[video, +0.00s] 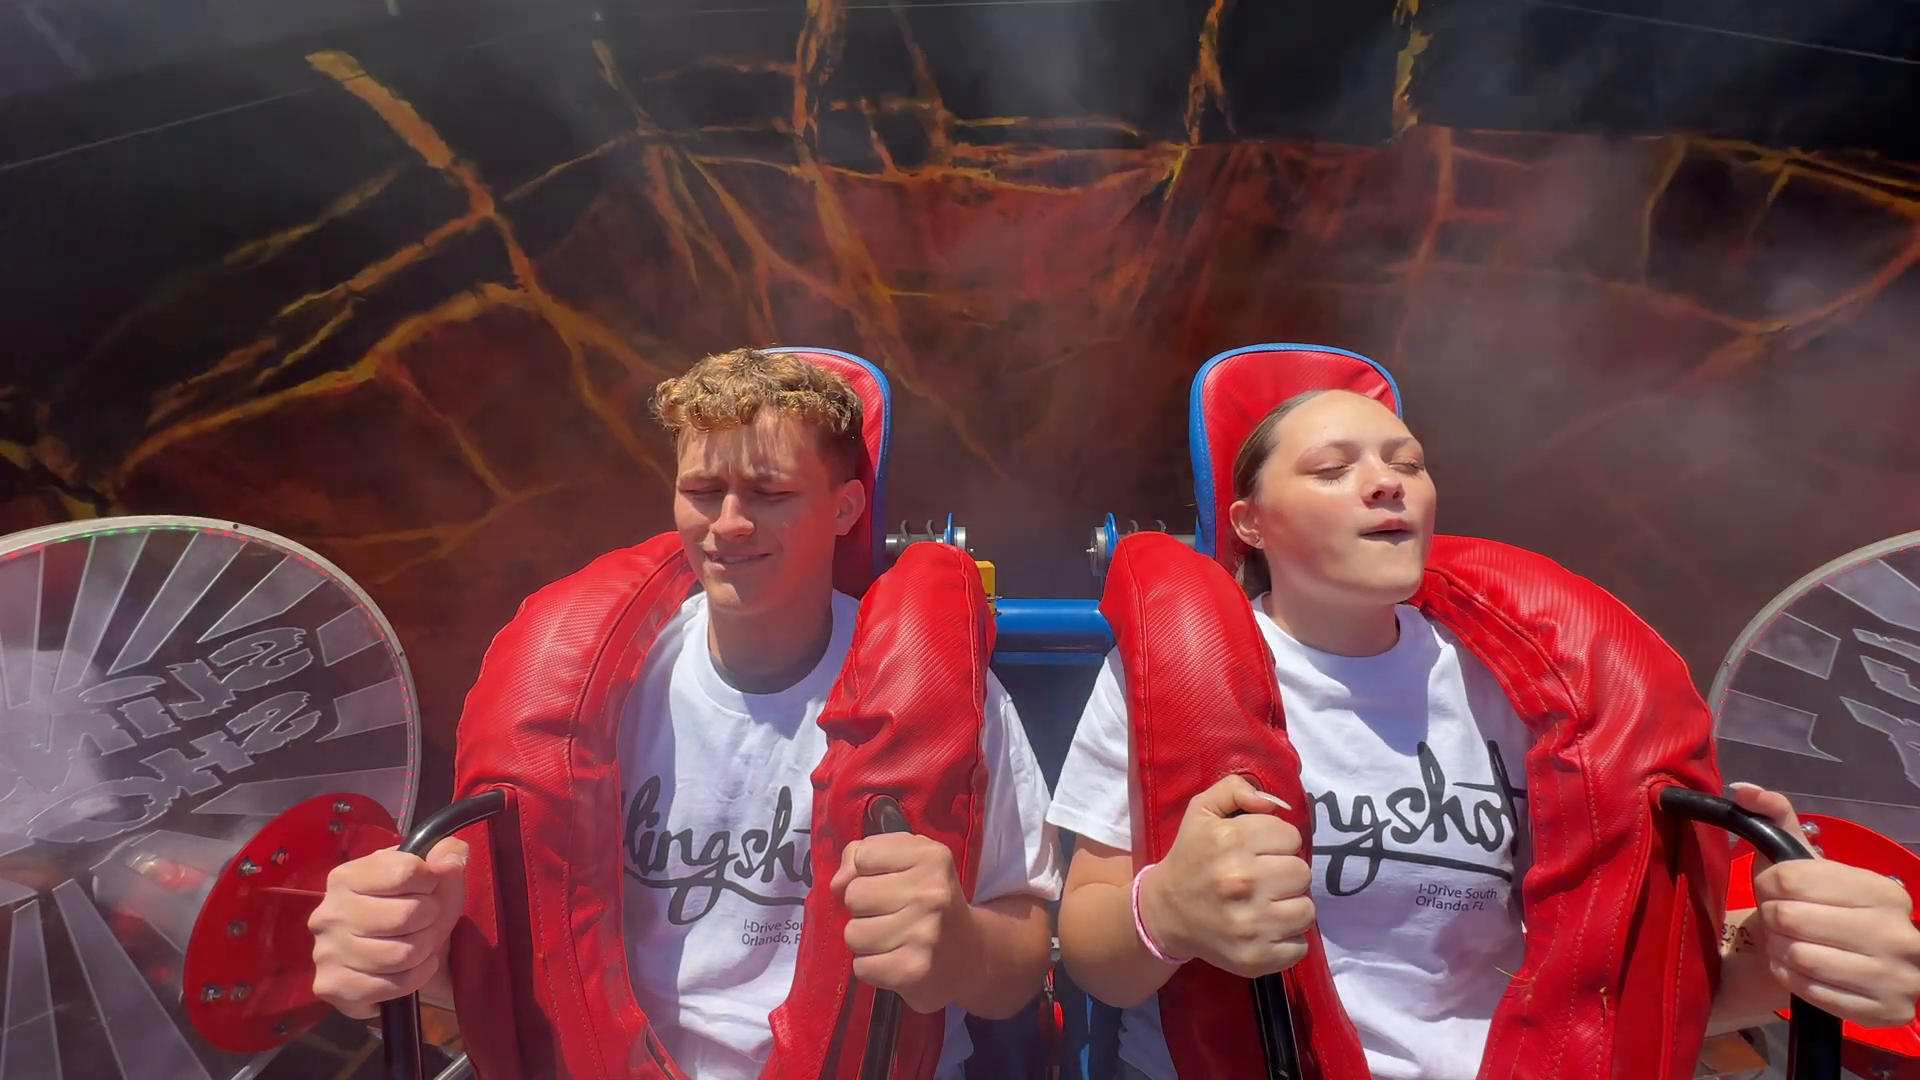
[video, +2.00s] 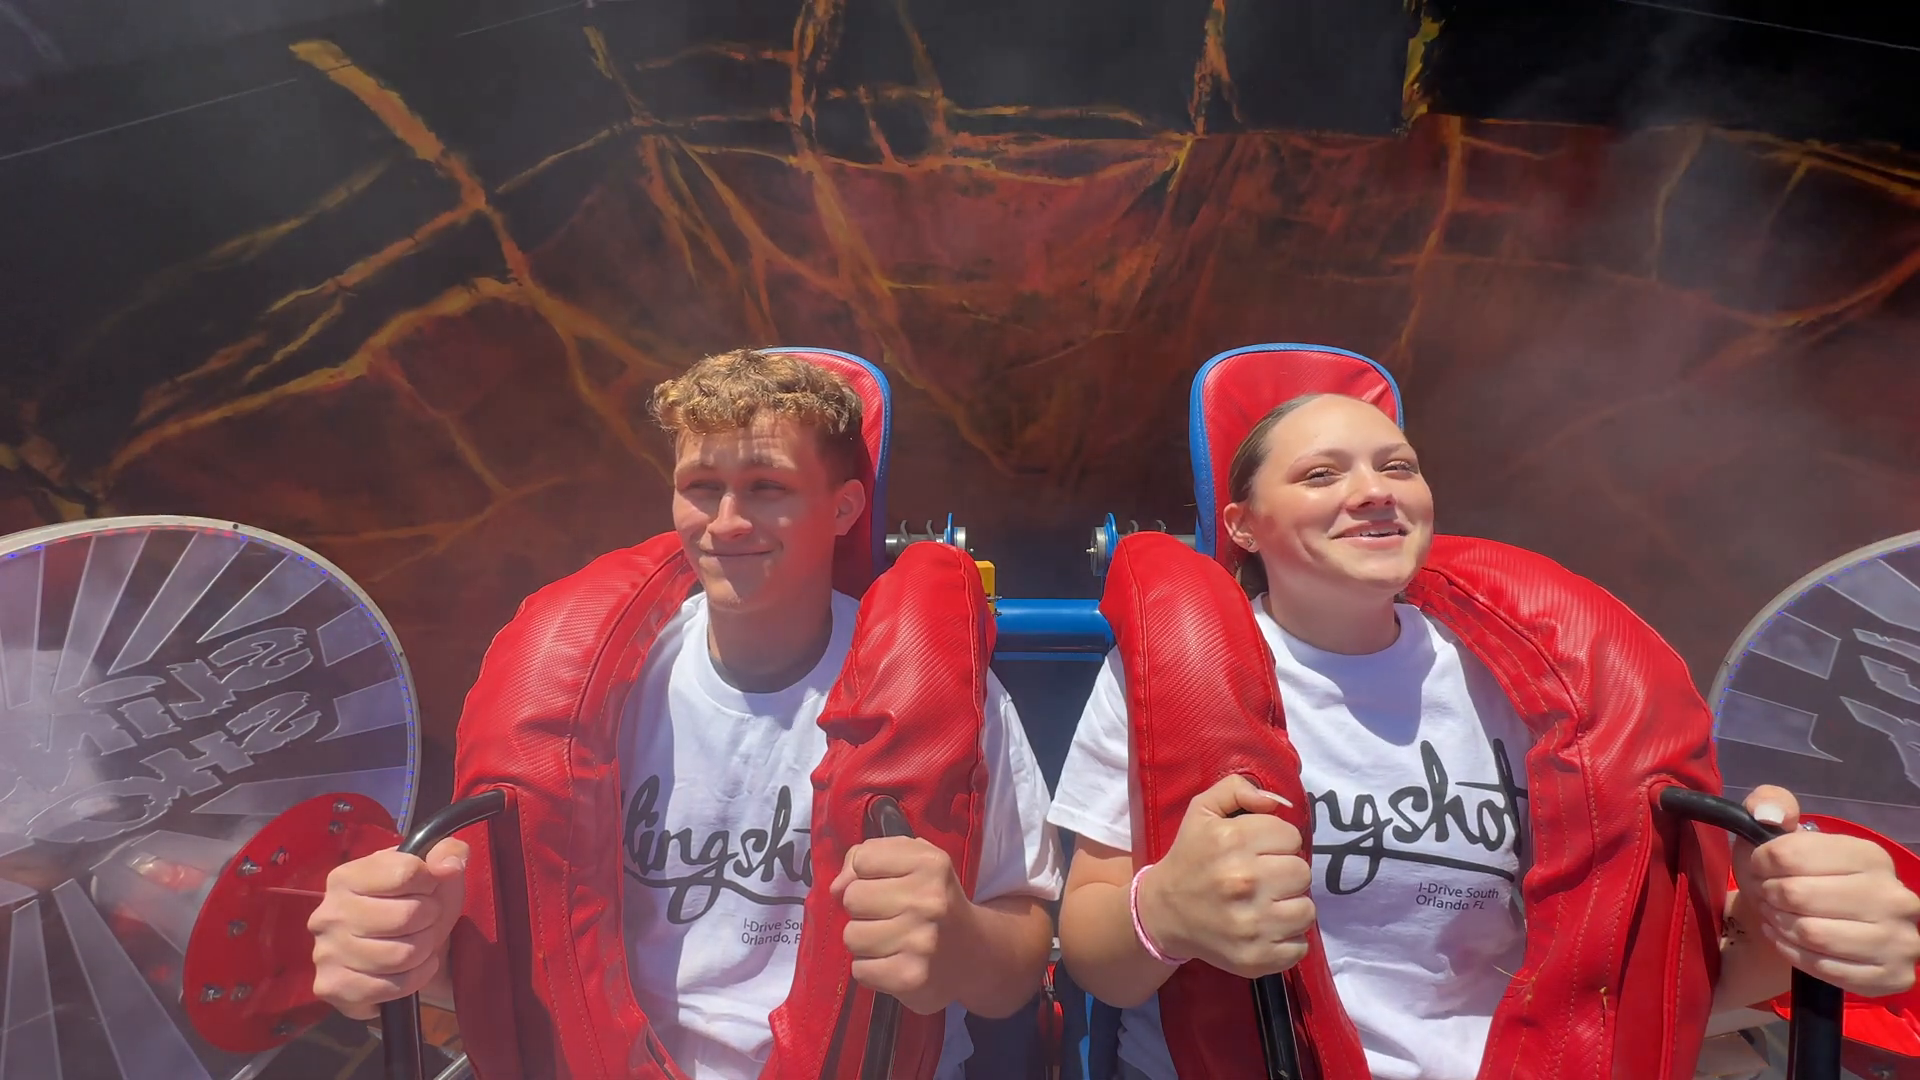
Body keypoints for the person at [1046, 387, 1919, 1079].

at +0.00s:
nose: (1386, 481)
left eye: (1402, 457)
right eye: (1330, 466)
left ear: (1432, 491)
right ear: (1245, 522)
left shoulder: (1529, 666)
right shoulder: (1173, 667)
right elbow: (1086, 955)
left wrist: (1748, 927)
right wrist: (1161, 911)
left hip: (1508, 1068)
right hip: (1287, 1066)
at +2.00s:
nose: (1373, 491)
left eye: (1393, 463)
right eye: (1321, 473)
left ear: (1427, 490)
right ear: (1242, 525)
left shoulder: (1533, 655)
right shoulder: (1171, 663)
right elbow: (1087, 957)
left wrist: (1754, 897)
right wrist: (1160, 913)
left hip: (1515, 1055)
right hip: (1289, 1057)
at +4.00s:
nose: (1387, 463)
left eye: (1401, 443)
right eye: (1332, 451)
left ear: (1434, 488)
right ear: (1246, 516)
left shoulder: (1530, 666)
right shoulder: (1173, 659)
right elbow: (1088, 951)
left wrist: (1762, 907)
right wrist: (1158, 915)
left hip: (1506, 1068)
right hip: (1287, 1066)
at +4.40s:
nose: (1386, 475)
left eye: (1402, 451)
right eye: (1332, 458)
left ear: (1432, 486)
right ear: (1244, 515)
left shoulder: (1530, 667)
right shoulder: (1173, 662)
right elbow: (1089, 953)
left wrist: (1766, 914)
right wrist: (1158, 914)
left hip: (1503, 1066)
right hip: (1283, 1063)